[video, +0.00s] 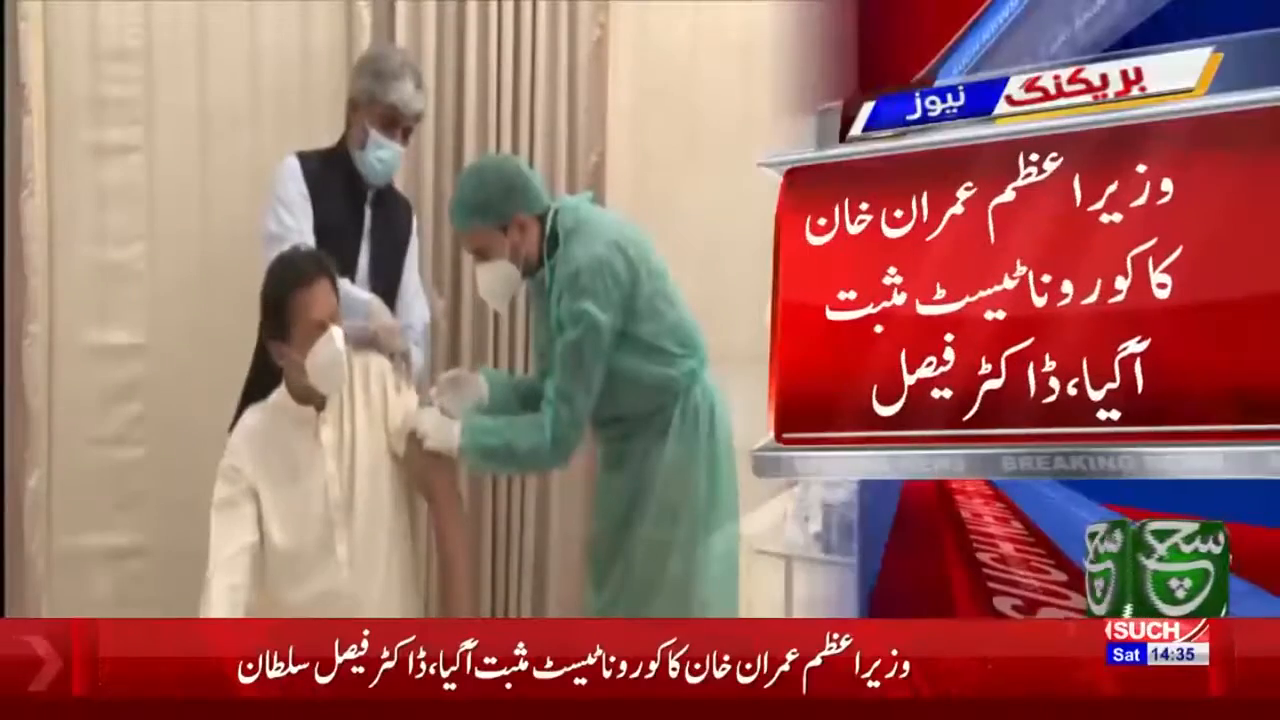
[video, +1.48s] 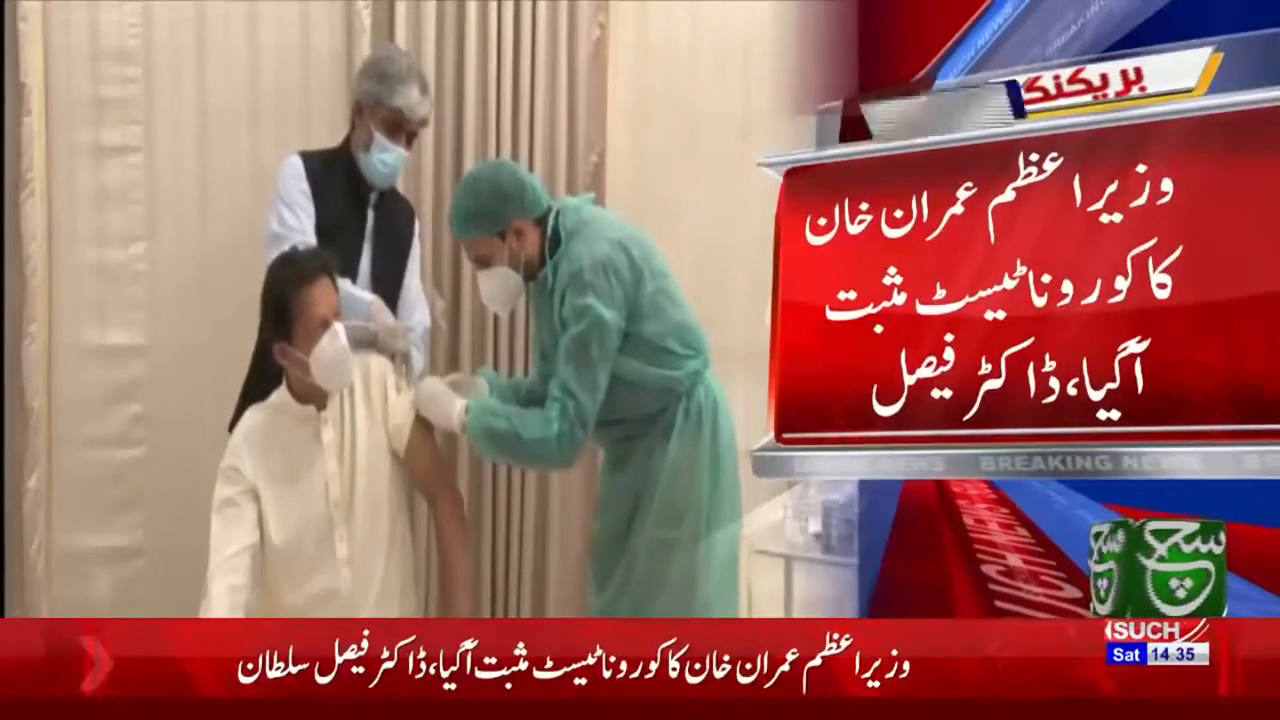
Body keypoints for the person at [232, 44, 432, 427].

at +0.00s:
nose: (395, 144)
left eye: (407, 133)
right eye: (386, 127)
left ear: (415, 133)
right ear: (354, 114)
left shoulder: (401, 213)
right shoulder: (300, 172)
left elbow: (413, 311)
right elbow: (291, 269)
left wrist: (406, 387)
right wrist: (371, 312)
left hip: (367, 383)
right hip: (295, 372)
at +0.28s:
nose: (396, 144)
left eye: (407, 133)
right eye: (387, 127)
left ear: (416, 131)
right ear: (354, 113)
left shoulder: (401, 214)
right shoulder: (301, 173)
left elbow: (413, 312)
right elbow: (293, 270)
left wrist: (407, 394)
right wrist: (371, 313)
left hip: (370, 382)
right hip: (296, 373)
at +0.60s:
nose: (398, 146)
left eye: (409, 134)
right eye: (389, 128)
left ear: (417, 132)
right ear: (356, 114)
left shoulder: (401, 214)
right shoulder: (301, 172)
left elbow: (413, 311)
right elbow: (293, 271)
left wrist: (407, 396)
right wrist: (371, 311)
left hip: (370, 383)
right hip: (296, 374)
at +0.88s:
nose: (399, 146)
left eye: (410, 135)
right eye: (390, 129)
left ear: (419, 133)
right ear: (356, 115)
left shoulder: (402, 214)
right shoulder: (301, 172)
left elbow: (414, 314)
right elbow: (293, 269)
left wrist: (405, 396)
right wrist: (371, 310)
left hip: (370, 384)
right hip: (295, 375)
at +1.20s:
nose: (399, 147)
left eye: (410, 136)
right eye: (390, 130)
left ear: (419, 133)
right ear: (358, 115)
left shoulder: (402, 214)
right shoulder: (302, 172)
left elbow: (413, 312)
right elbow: (293, 270)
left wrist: (407, 389)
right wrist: (371, 311)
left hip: (370, 385)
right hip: (296, 375)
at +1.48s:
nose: (401, 148)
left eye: (412, 137)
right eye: (392, 131)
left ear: (421, 135)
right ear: (360, 115)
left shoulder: (403, 215)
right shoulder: (303, 172)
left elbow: (414, 315)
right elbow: (293, 269)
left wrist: (403, 386)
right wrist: (370, 309)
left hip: (370, 387)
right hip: (295, 376)